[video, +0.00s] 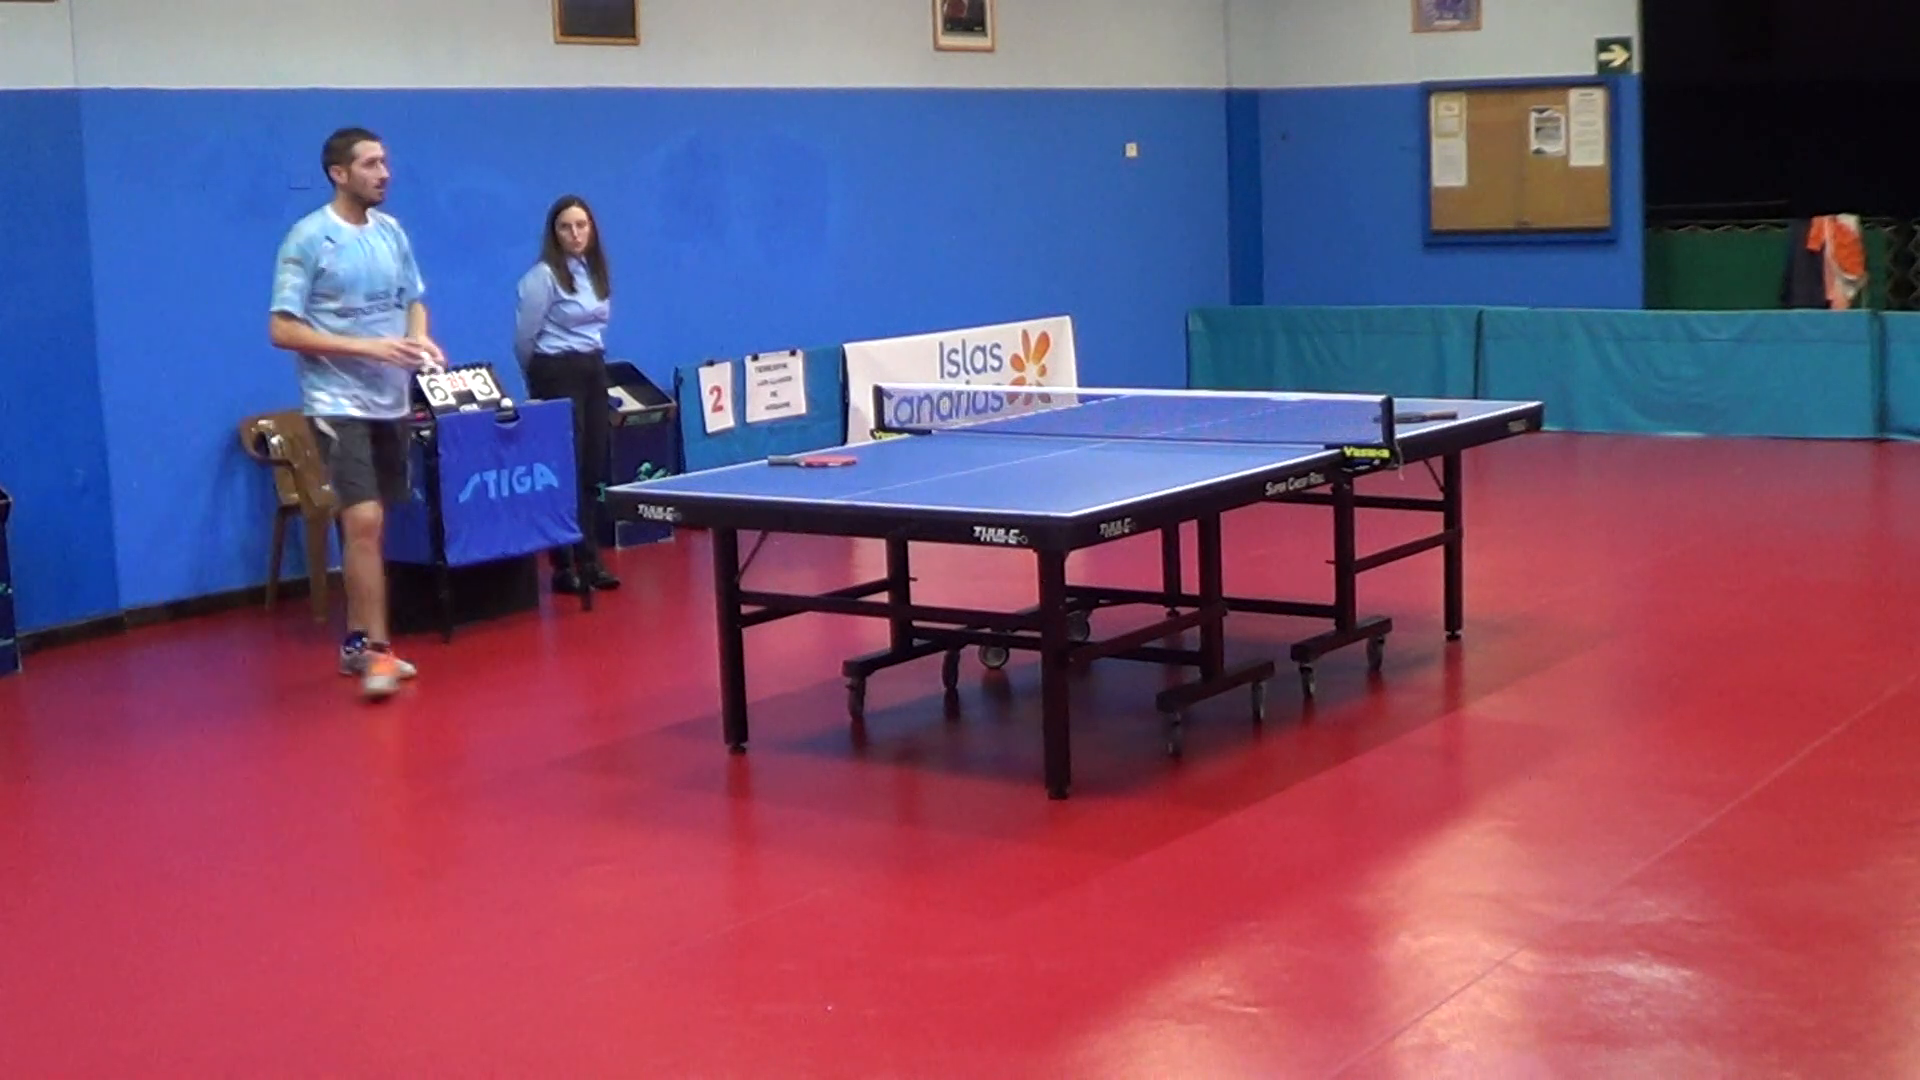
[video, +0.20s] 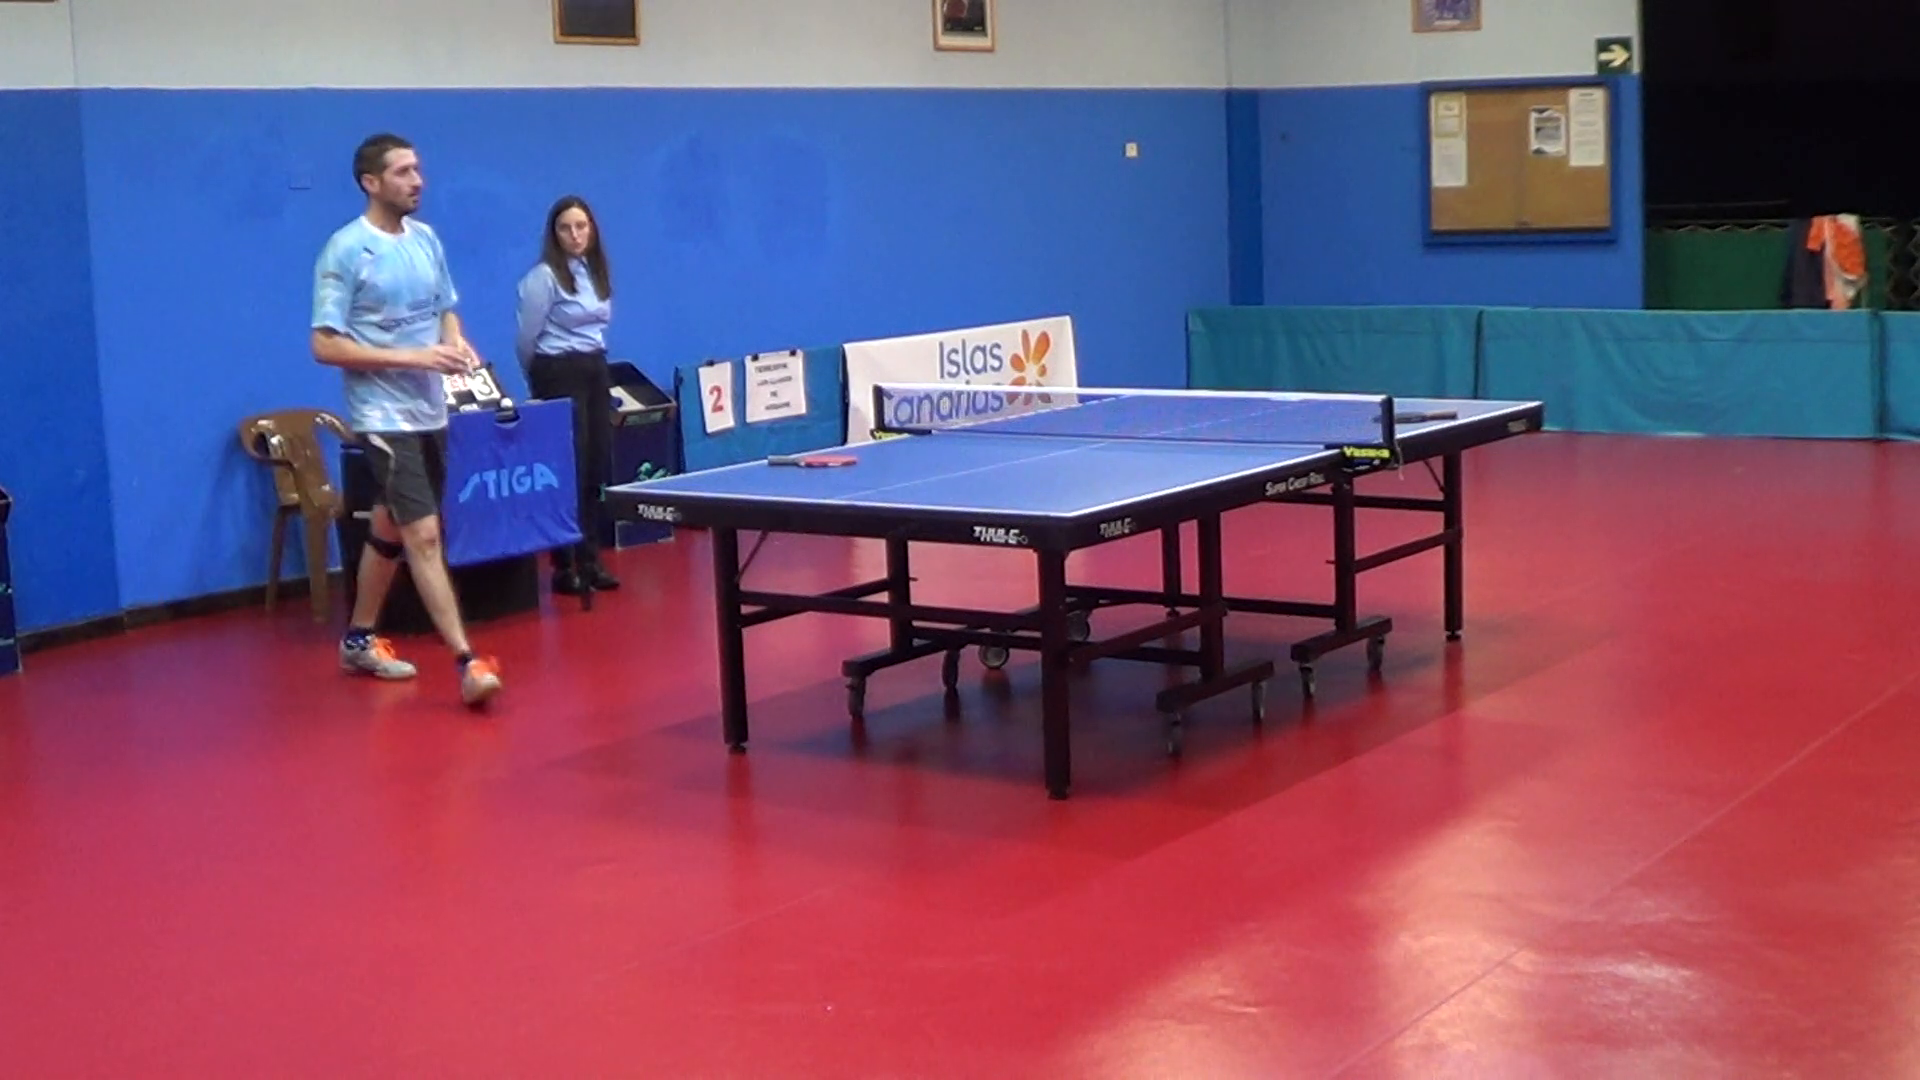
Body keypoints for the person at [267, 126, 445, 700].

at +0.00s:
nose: (384, 172)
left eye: (384, 162)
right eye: (371, 164)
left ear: (380, 169)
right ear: (339, 173)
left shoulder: (392, 229)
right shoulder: (307, 237)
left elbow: (413, 301)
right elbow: (282, 329)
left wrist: (421, 341)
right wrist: (371, 347)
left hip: (390, 401)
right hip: (337, 403)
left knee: (372, 522)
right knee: (365, 520)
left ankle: (360, 641)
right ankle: (376, 652)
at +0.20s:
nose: (416, 180)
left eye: (417, 170)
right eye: (404, 172)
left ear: (414, 177)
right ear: (371, 182)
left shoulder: (426, 238)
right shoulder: (344, 250)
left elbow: (444, 311)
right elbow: (325, 344)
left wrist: (457, 344)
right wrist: (413, 357)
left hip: (428, 411)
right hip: (381, 417)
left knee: (388, 531)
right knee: (424, 532)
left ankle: (360, 639)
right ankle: (468, 662)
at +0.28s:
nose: (429, 176)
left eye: (430, 166)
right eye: (417, 168)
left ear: (428, 173)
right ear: (384, 179)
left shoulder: (439, 234)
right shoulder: (359, 248)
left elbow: (458, 308)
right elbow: (340, 346)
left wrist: (471, 340)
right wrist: (429, 358)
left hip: (449, 408)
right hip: (401, 415)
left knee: (418, 536)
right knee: (435, 535)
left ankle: (367, 626)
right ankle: (474, 669)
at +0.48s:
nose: (466, 166)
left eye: (467, 156)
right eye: (454, 158)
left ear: (461, 164)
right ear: (419, 168)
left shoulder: (470, 222)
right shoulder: (395, 238)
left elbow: (493, 295)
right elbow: (373, 335)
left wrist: (509, 325)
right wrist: (466, 345)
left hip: (493, 402)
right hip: (435, 416)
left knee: (528, 521)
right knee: (451, 536)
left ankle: (438, 603)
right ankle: (475, 669)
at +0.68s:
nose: (511, 167)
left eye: (512, 156)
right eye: (500, 157)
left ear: (496, 162)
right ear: (464, 163)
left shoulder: (509, 224)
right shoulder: (430, 235)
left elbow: (520, 309)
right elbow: (408, 330)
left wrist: (550, 328)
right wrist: (500, 334)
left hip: (530, 407)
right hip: (466, 421)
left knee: (575, 522)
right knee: (469, 541)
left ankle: (575, 664)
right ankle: (479, 669)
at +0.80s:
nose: (544, 174)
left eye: (545, 163)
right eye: (533, 165)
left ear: (526, 168)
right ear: (496, 167)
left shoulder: (541, 231)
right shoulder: (457, 239)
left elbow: (557, 315)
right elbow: (428, 335)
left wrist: (593, 336)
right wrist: (518, 341)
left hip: (556, 416)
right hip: (490, 426)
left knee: (588, 534)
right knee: (484, 545)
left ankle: (644, 664)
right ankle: (481, 669)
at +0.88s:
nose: (569, 181)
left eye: (570, 170)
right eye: (558, 171)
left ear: (557, 173)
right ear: (520, 172)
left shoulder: (570, 237)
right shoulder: (479, 243)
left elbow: (585, 322)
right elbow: (441, 338)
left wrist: (623, 349)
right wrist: (526, 354)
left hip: (579, 424)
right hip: (507, 433)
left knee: (613, 542)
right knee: (497, 548)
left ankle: (659, 678)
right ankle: (485, 669)